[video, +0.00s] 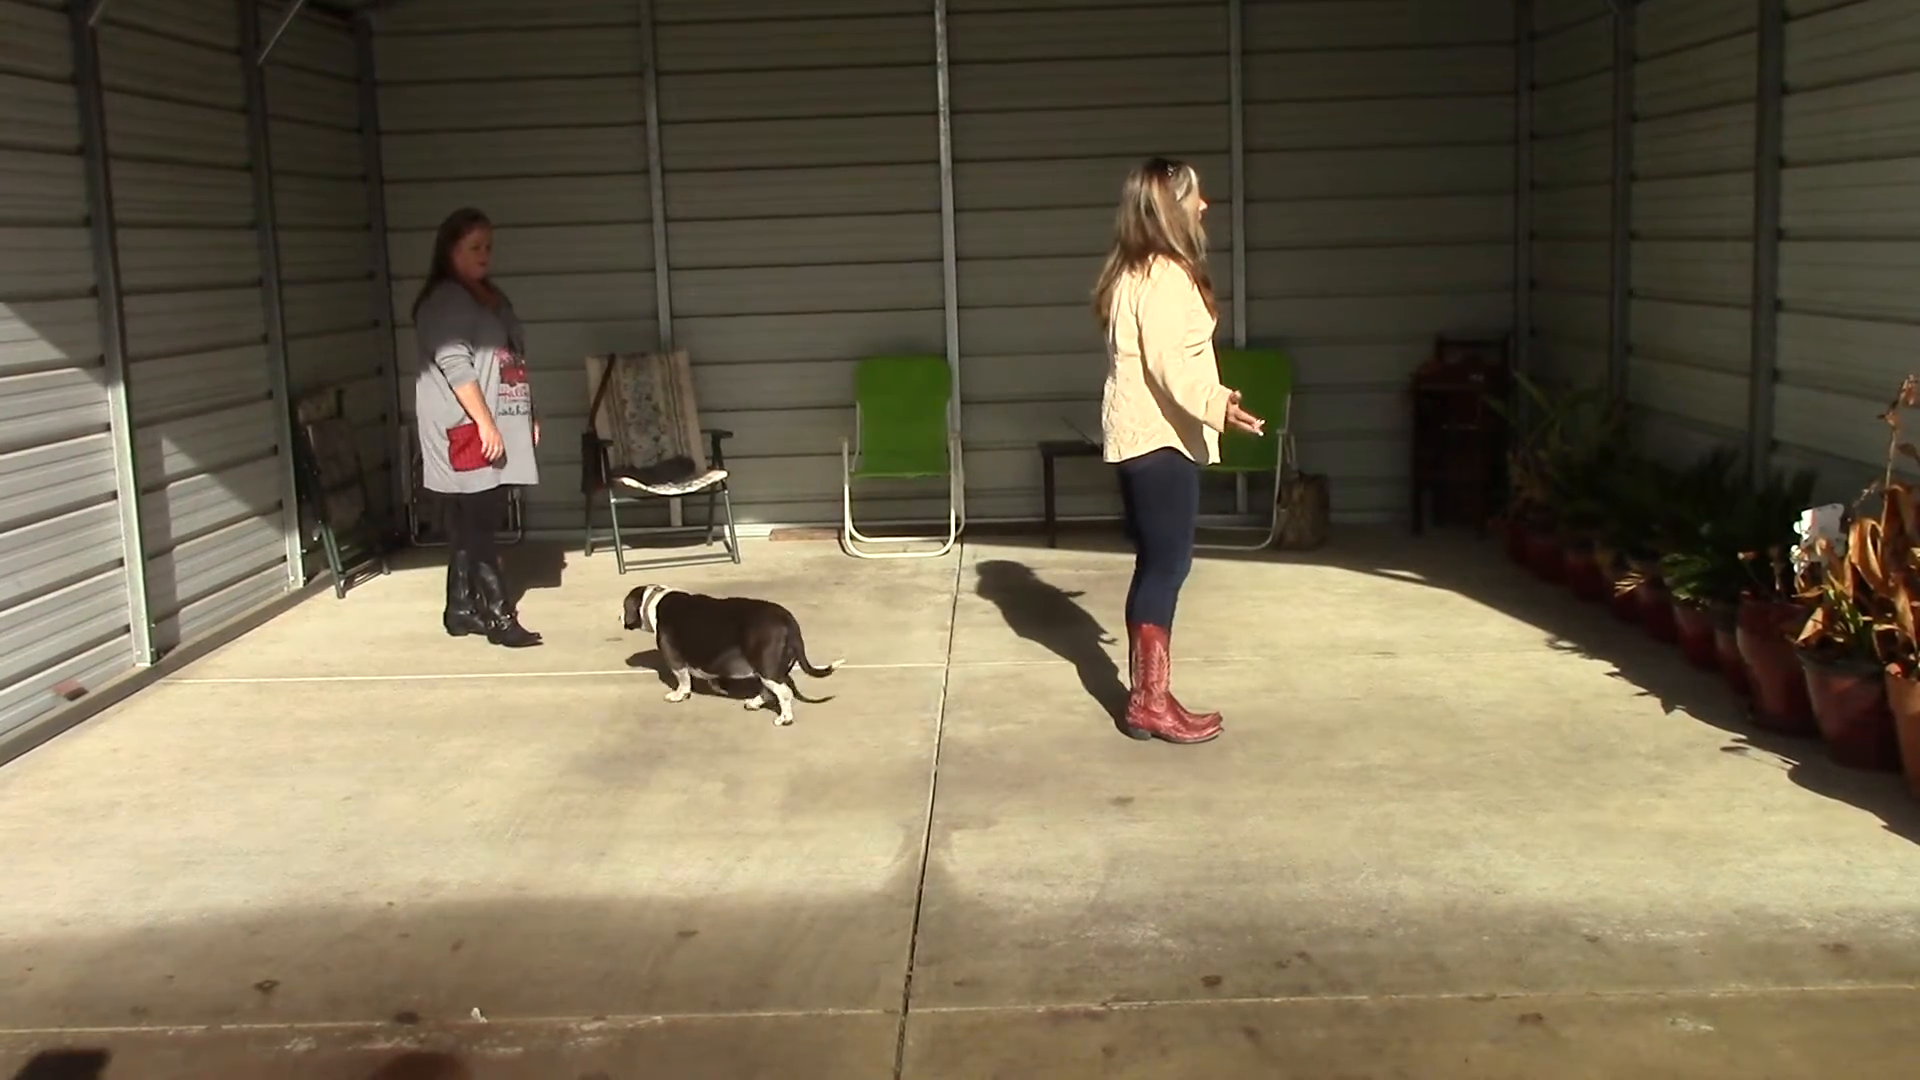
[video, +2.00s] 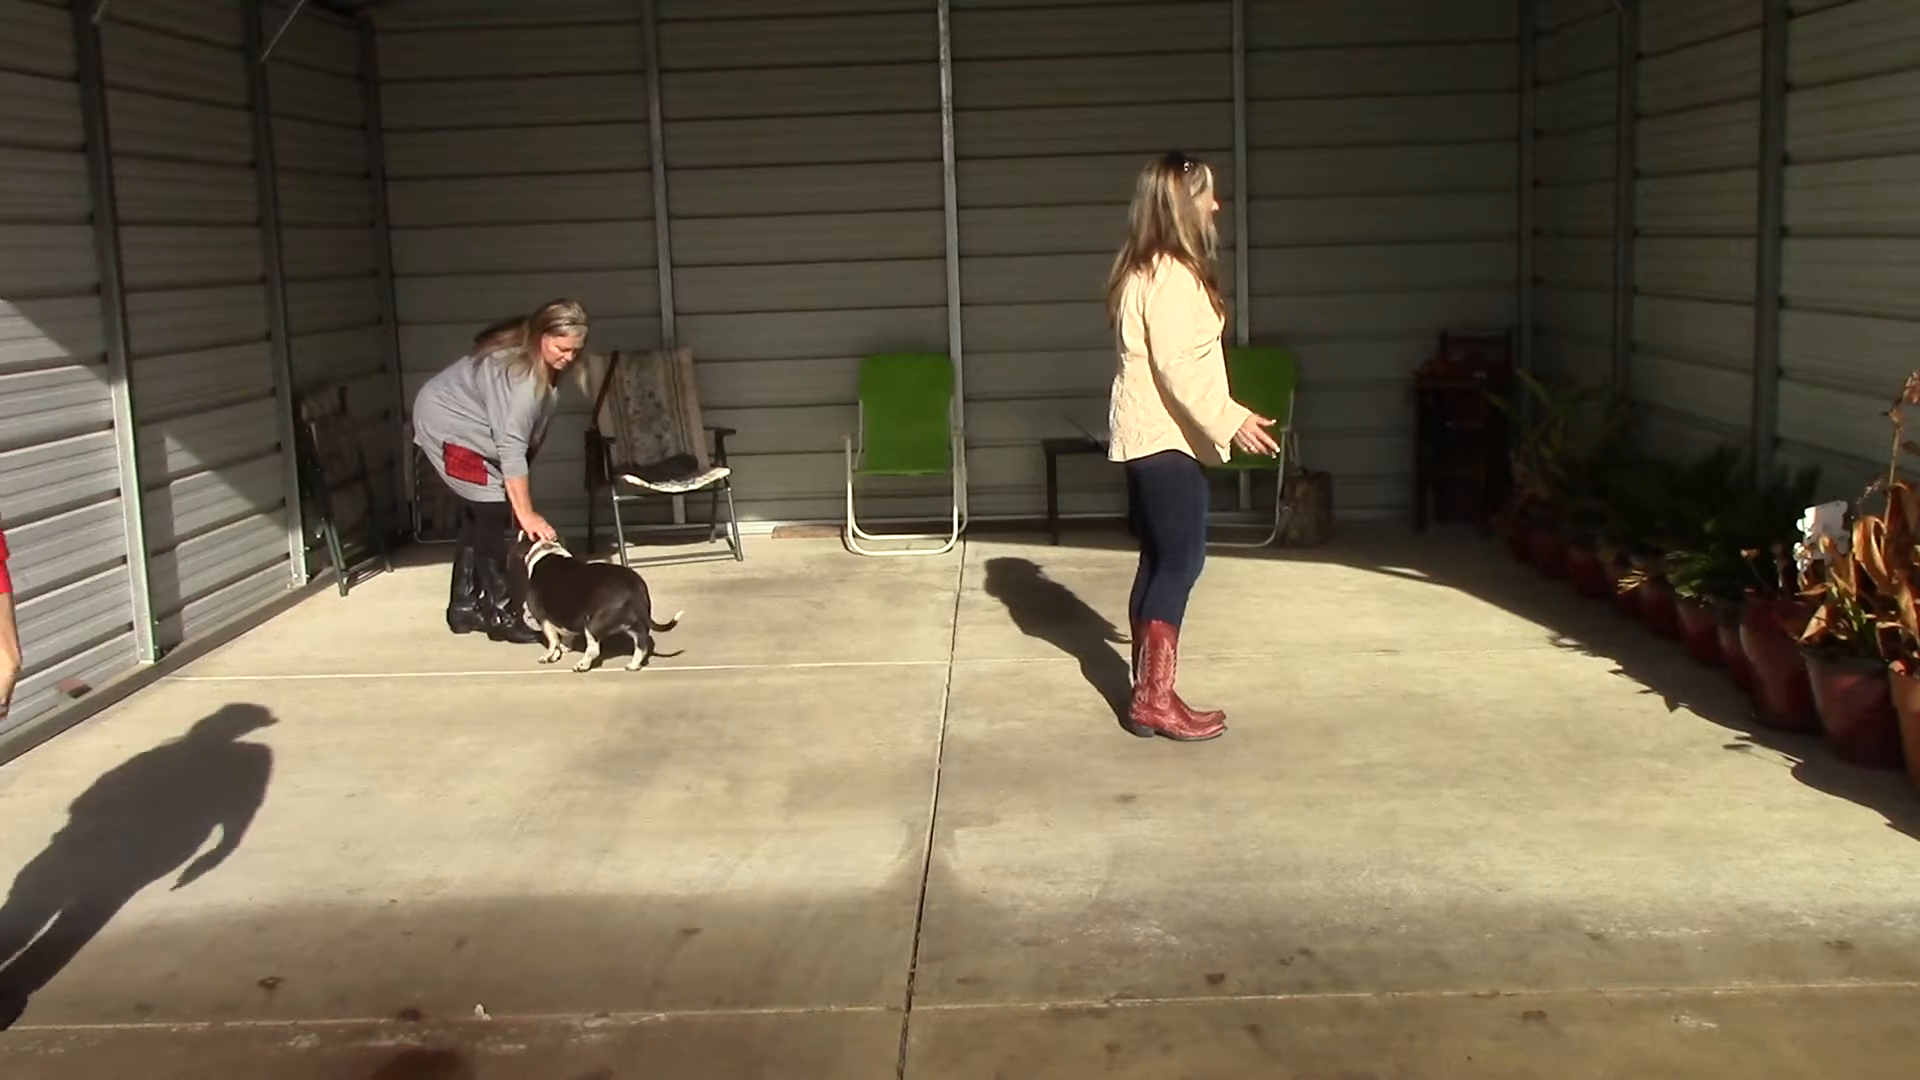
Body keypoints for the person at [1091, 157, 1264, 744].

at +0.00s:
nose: (1204, 205)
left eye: (1201, 196)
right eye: (1195, 197)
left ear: (1152, 207)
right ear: (1172, 207)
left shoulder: (1137, 273)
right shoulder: (1165, 275)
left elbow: (1162, 363)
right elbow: (1171, 363)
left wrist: (1218, 399)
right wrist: (1217, 406)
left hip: (1141, 440)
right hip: (1161, 442)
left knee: (1155, 561)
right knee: (1168, 562)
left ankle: (1146, 694)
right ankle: (1151, 700)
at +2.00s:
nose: (1217, 205)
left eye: (1214, 195)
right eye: (1209, 196)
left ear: (1165, 202)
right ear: (1185, 203)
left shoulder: (1147, 270)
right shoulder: (1170, 274)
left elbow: (1176, 367)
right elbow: (1178, 367)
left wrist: (1230, 412)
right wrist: (1228, 419)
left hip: (1148, 438)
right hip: (1167, 440)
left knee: (1158, 559)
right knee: (1181, 559)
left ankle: (1148, 693)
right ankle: (1155, 697)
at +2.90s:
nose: (1181, 225)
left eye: (1188, 214)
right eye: (1170, 215)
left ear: (1196, 215)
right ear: (1144, 216)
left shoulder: (1185, 275)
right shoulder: (1131, 283)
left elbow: (1201, 369)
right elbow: (1127, 382)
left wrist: (1216, 442)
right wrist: (1151, 460)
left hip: (1191, 446)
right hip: (1161, 450)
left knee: (1170, 560)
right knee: (1165, 560)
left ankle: (1158, 692)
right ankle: (1151, 696)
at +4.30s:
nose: (1239, 207)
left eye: (1235, 197)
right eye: (1229, 198)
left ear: (1205, 208)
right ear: (1200, 210)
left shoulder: (1202, 284)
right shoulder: (1162, 289)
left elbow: (1199, 378)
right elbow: (1156, 384)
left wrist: (1225, 436)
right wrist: (1206, 447)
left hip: (1181, 450)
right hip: (1154, 449)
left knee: (1169, 562)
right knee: (1159, 563)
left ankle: (1158, 694)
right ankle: (1149, 699)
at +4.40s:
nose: (1234, 205)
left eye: (1231, 195)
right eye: (1225, 196)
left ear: (1189, 208)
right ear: (1197, 208)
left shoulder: (1189, 281)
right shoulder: (1169, 286)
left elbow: (1205, 366)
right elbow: (1189, 372)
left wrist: (1272, 383)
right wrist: (1273, 388)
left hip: (1175, 443)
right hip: (1162, 445)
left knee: (1165, 562)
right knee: (1161, 563)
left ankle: (1156, 693)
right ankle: (1152, 697)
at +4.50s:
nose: (1232, 209)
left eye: (1229, 198)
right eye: (1222, 199)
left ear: (1184, 208)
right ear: (1192, 207)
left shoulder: (1181, 276)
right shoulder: (1169, 283)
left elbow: (1225, 348)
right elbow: (1225, 354)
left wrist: (1301, 324)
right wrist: (1305, 327)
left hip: (1174, 442)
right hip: (1164, 443)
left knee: (1164, 564)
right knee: (1162, 564)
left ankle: (1156, 695)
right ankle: (1150, 699)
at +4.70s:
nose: (1225, 209)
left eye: (1224, 198)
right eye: (1218, 198)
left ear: (1168, 204)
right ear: (1190, 204)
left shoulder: (1150, 271)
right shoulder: (1184, 271)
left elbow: (1250, 300)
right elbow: (1261, 303)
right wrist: (1305, 235)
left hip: (1156, 433)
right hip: (1177, 435)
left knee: (1163, 563)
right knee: (1166, 564)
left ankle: (1153, 694)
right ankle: (1153, 698)